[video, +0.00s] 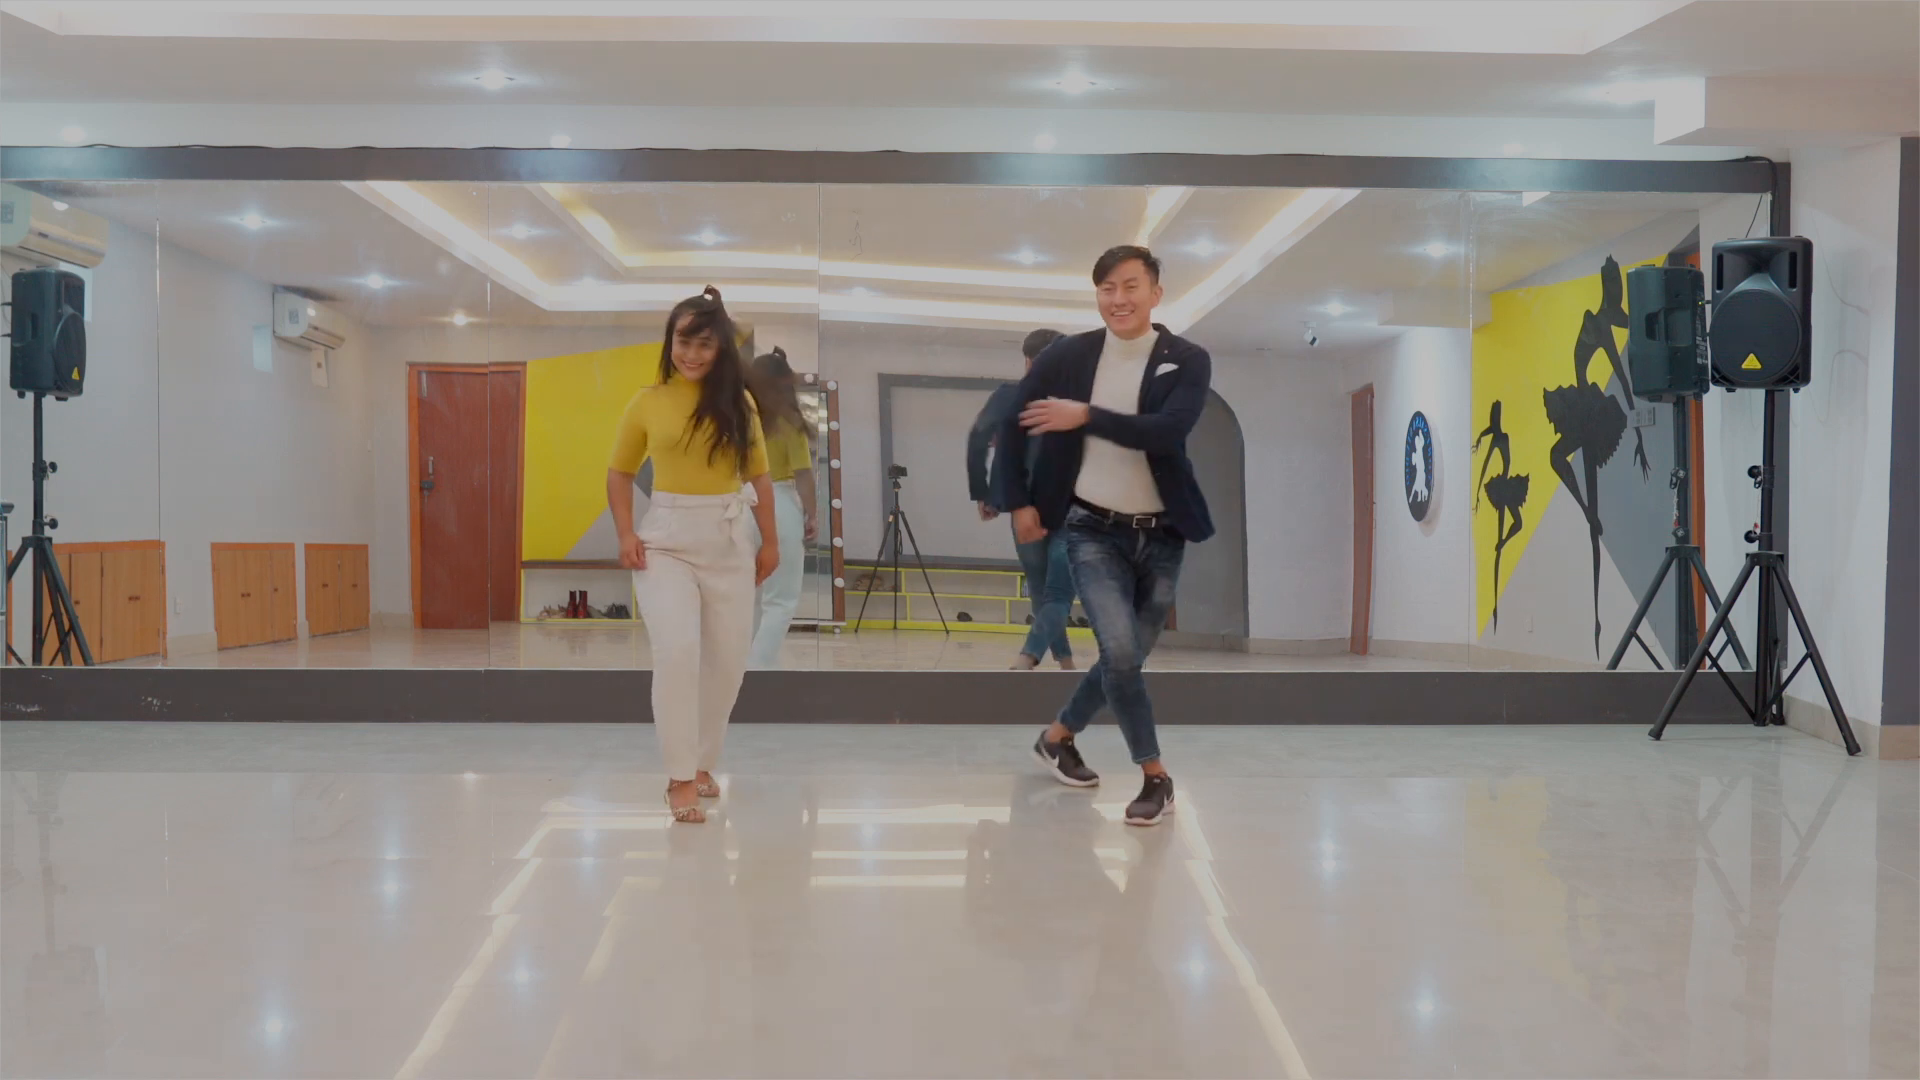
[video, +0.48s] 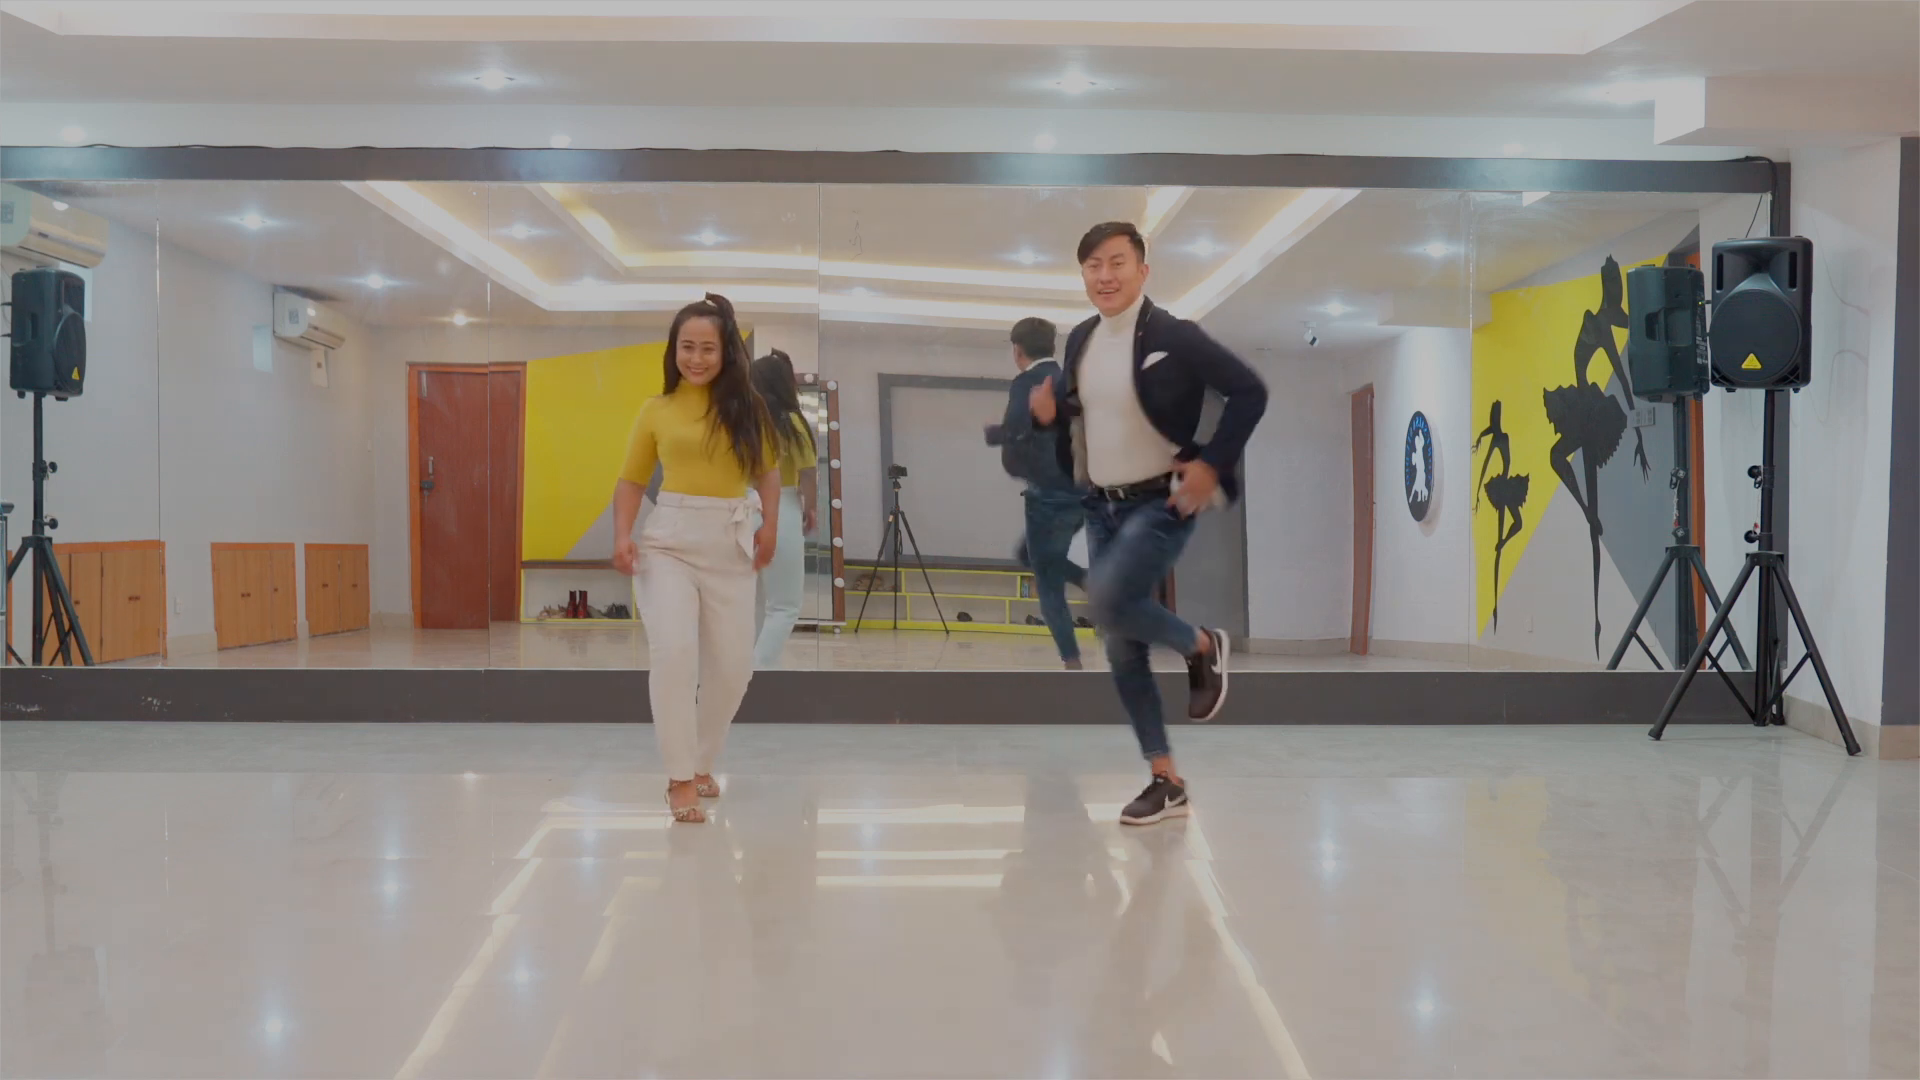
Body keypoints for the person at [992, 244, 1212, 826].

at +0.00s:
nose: (1119, 298)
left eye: (1131, 285)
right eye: (1109, 288)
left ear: (1157, 292)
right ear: (1096, 298)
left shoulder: (1187, 359)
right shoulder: (1065, 356)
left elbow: (1169, 431)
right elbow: (1010, 429)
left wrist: (1086, 416)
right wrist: (1019, 502)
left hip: (1161, 530)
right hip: (1091, 525)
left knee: (1129, 655)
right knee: (1119, 651)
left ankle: (1059, 734)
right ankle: (1155, 775)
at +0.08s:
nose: (1115, 296)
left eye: (1127, 284)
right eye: (1104, 287)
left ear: (1153, 291)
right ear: (1093, 296)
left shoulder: (1184, 359)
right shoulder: (1071, 357)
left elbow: (1152, 436)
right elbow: (1036, 436)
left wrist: (1059, 439)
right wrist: (1025, 506)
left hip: (1165, 529)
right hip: (1095, 524)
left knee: (1133, 656)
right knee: (1119, 653)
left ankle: (1071, 730)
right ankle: (1155, 775)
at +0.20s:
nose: (1110, 292)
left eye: (1123, 279)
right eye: (1100, 282)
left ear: (1149, 286)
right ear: (1090, 291)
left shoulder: (1176, 352)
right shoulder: (1081, 357)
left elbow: (1142, 438)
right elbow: (1067, 435)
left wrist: (1065, 499)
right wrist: (1041, 495)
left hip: (1168, 527)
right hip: (1099, 522)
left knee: (1143, 660)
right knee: (1119, 655)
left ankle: (1097, 728)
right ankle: (1155, 776)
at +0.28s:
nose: (1109, 286)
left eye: (1121, 274)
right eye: (1098, 276)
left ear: (1147, 281)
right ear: (1087, 288)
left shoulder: (1170, 348)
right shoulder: (1082, 352)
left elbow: (1162, 444)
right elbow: (1080, 425)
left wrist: (1101, 515)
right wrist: (1059, 467)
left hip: (1170, 521)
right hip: (1102, 519)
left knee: (1163, 667)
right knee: (1122, 652)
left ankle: (1122, 724)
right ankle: (1155, 775)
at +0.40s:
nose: (1105, 279)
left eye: (1118, 266)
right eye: (1094, 269)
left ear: (1144, 274)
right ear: (1083, 280)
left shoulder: (1168, 345)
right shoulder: (1079, 345)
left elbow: (1221, 425)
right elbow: (1077, 418)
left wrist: (1171, 491)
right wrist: (1063, 437)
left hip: (1164, 515)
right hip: (1100, 514)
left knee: (1158, 636)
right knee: (1119, 647)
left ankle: (1184, 683)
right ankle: (1155, 776)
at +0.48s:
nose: (1105, 275)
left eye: (1117, 262)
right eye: (1094, 265)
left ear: (1143, 270)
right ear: (1083, 275)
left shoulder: (1174, 337)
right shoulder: (1080, 341)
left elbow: (1250, 391)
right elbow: (1074, 406)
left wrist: (1213, 465)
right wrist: (1050, 404)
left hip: (1160, 502)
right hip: (1102, 507)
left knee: (1107, 598)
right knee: (1123, 644)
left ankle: (1201, 648)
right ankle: (1166, 777)